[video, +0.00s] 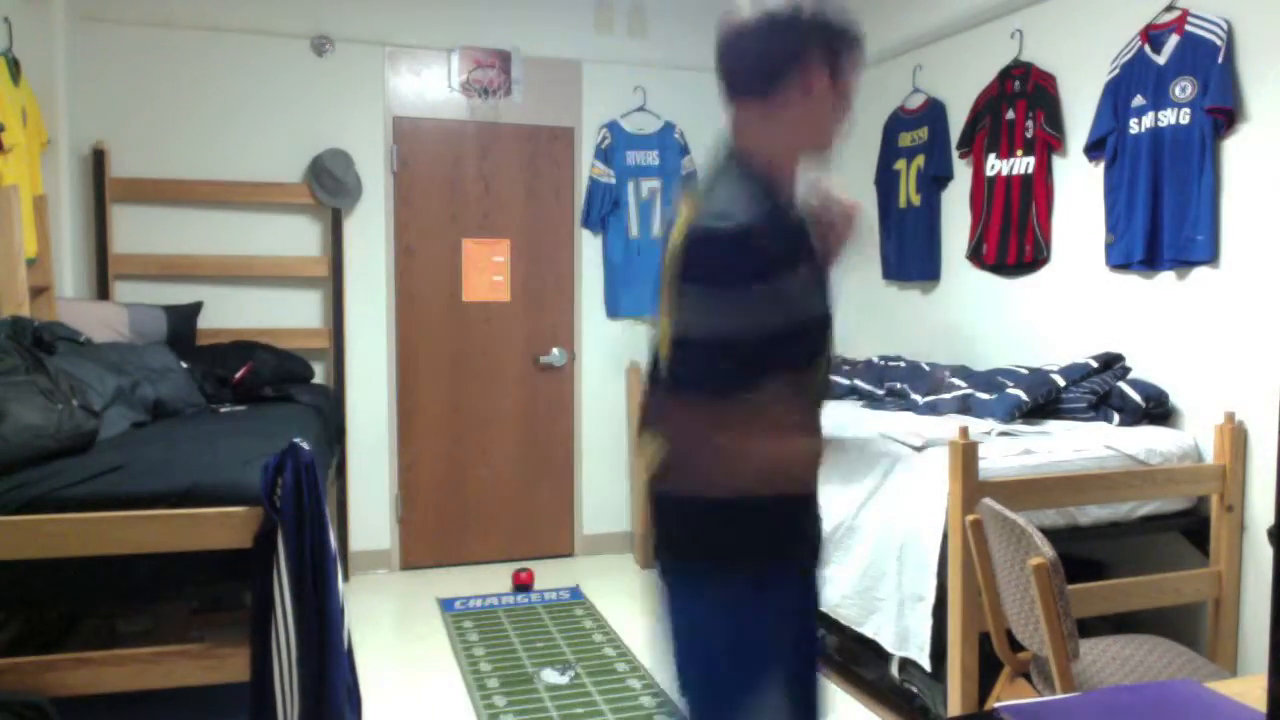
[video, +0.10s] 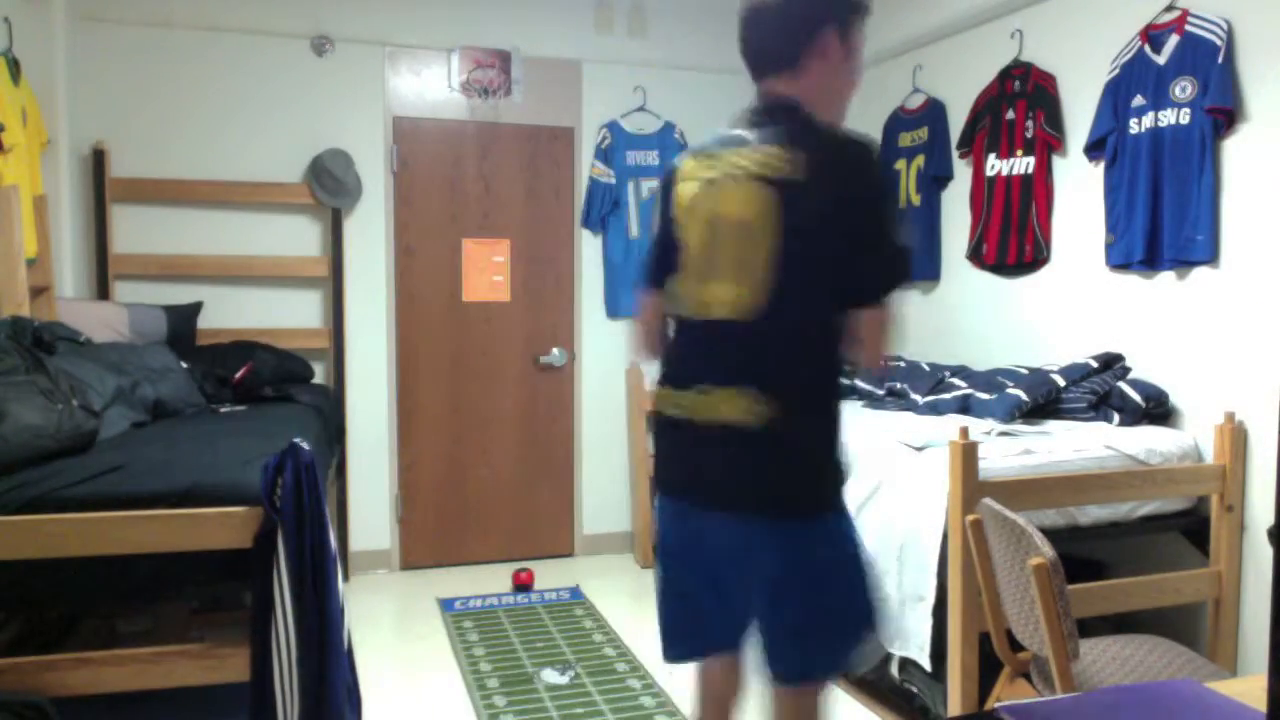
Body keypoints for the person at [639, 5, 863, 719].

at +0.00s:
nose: (845, 110)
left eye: (843, 90)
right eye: (837, 89)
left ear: (788, 88)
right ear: (800, 84)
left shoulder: (768, 208)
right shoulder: (728, 224)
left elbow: (762, 342)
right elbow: (696, 408)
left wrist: (814, 256)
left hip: (771, 529)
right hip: (724, 539)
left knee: (786, 701)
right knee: (738, 704)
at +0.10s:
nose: (859, 72)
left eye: (857, 53)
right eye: (856, 51)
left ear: (755, 55)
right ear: (827, 49)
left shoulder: (694, 163)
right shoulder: (847, 163)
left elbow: (651, 329)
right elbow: (868, 347)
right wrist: (808, 311)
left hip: (689, 476)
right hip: (789, 480)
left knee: (715, 669)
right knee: (801, 684)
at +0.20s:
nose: (834, 105)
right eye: (834, 90)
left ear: (746, 100)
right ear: (829, 97)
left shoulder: (689, 206)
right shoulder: (868, 217)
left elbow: (641, 352)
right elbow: (904, 374)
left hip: (699, 496)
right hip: (809, 499)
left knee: (691, 674)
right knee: (828, 692)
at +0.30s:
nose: (710, 202)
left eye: (713, 190)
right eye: (714, 189)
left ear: (728, 197)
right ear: (788, 197)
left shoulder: (702, 296)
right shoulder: (843, 295)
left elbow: (701, 459)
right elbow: (879, 434)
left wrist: (670, 461)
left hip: (747, 561)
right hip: (835, 556)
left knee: (666, 677)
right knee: (838, 696)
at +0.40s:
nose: (675, 209)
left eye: (682, 195)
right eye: (675, 194)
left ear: (718, 199)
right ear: (732, 200)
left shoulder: (704, 290)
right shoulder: (811, 283)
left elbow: (714, 443)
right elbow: (843, 406)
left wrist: (663, 462)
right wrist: (774, 425)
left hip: (746, 532)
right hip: (820, 521)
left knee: (679, 681)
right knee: (804, 671)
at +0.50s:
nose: (635, 180)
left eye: (648, 163)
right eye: (633, 164)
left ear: (698, 164)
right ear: (691, 168)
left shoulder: (698, 245)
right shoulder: (728, 235)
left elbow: (720, 384)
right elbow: (777, 361)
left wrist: (639, 419)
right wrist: (669, 407)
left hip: (721, 478)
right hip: (759, 469)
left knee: (695, 656)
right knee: (749, 631)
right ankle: (815, 714)